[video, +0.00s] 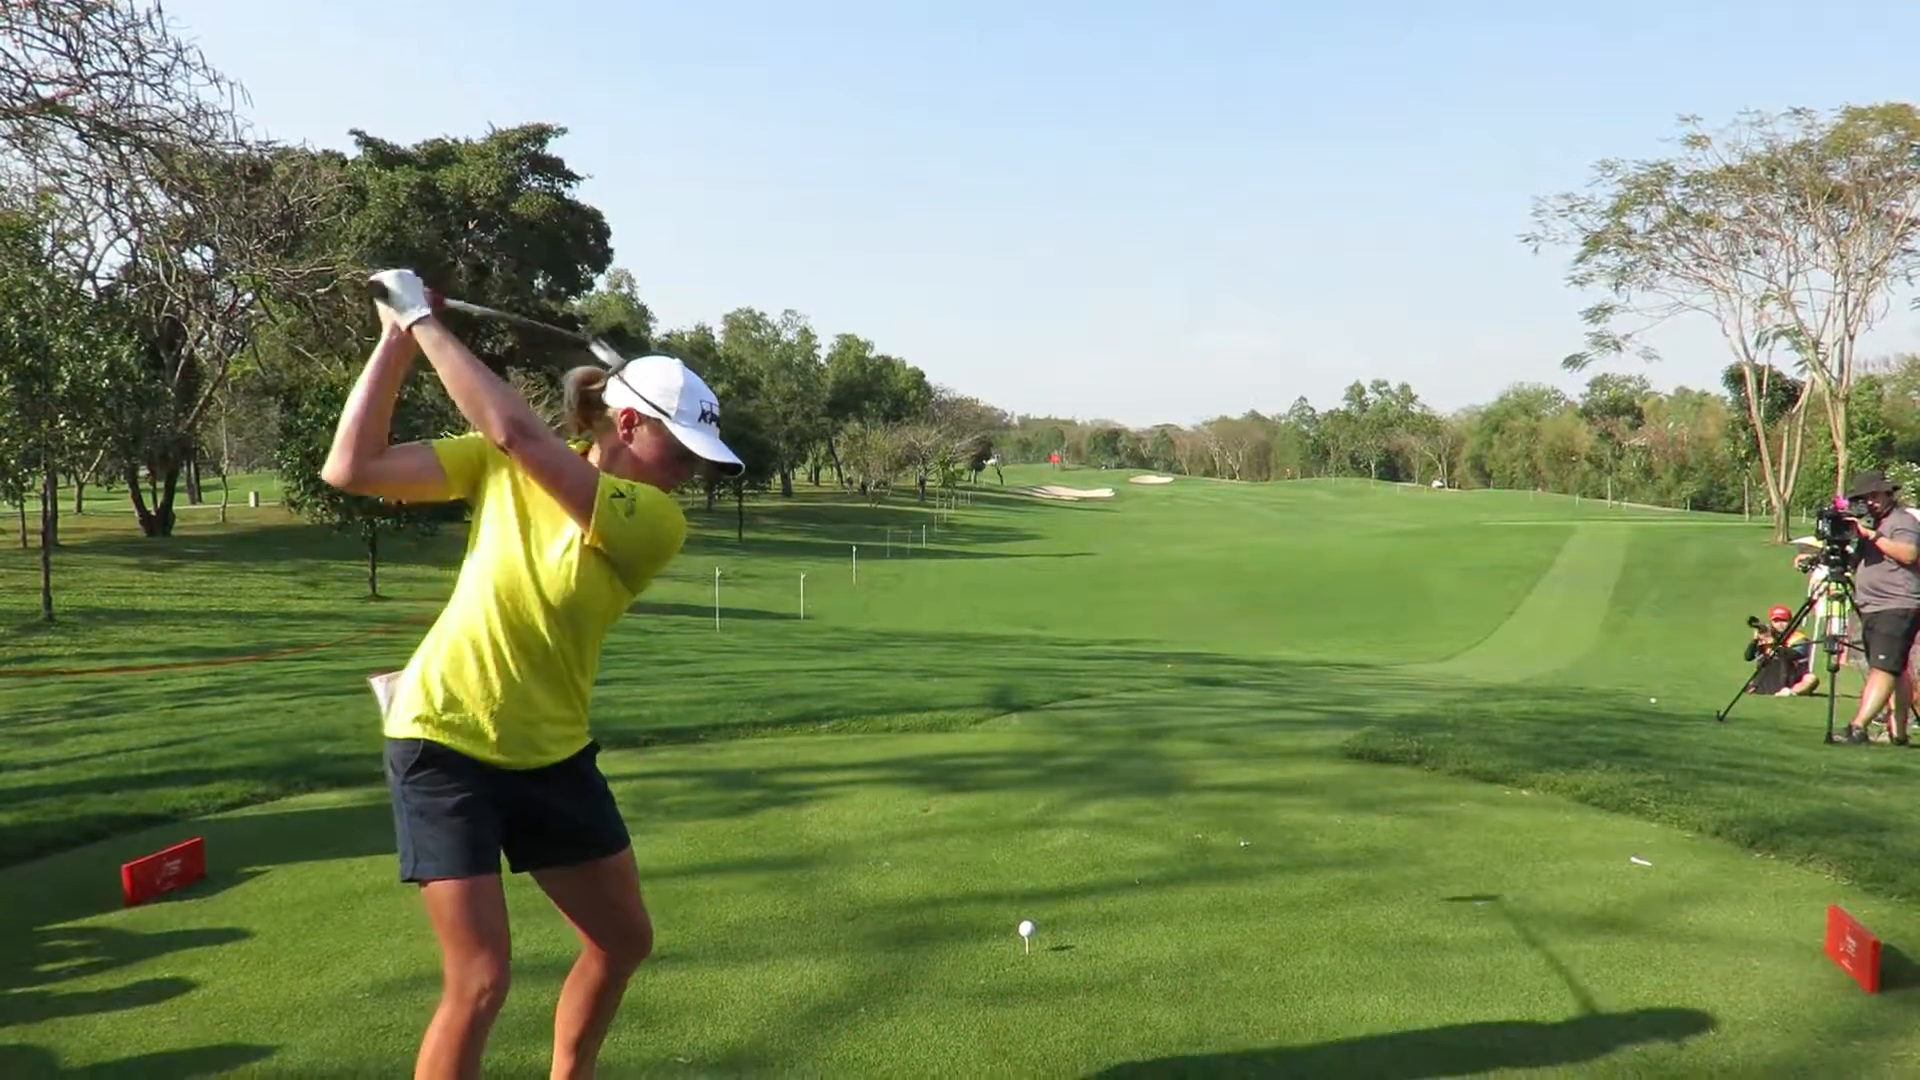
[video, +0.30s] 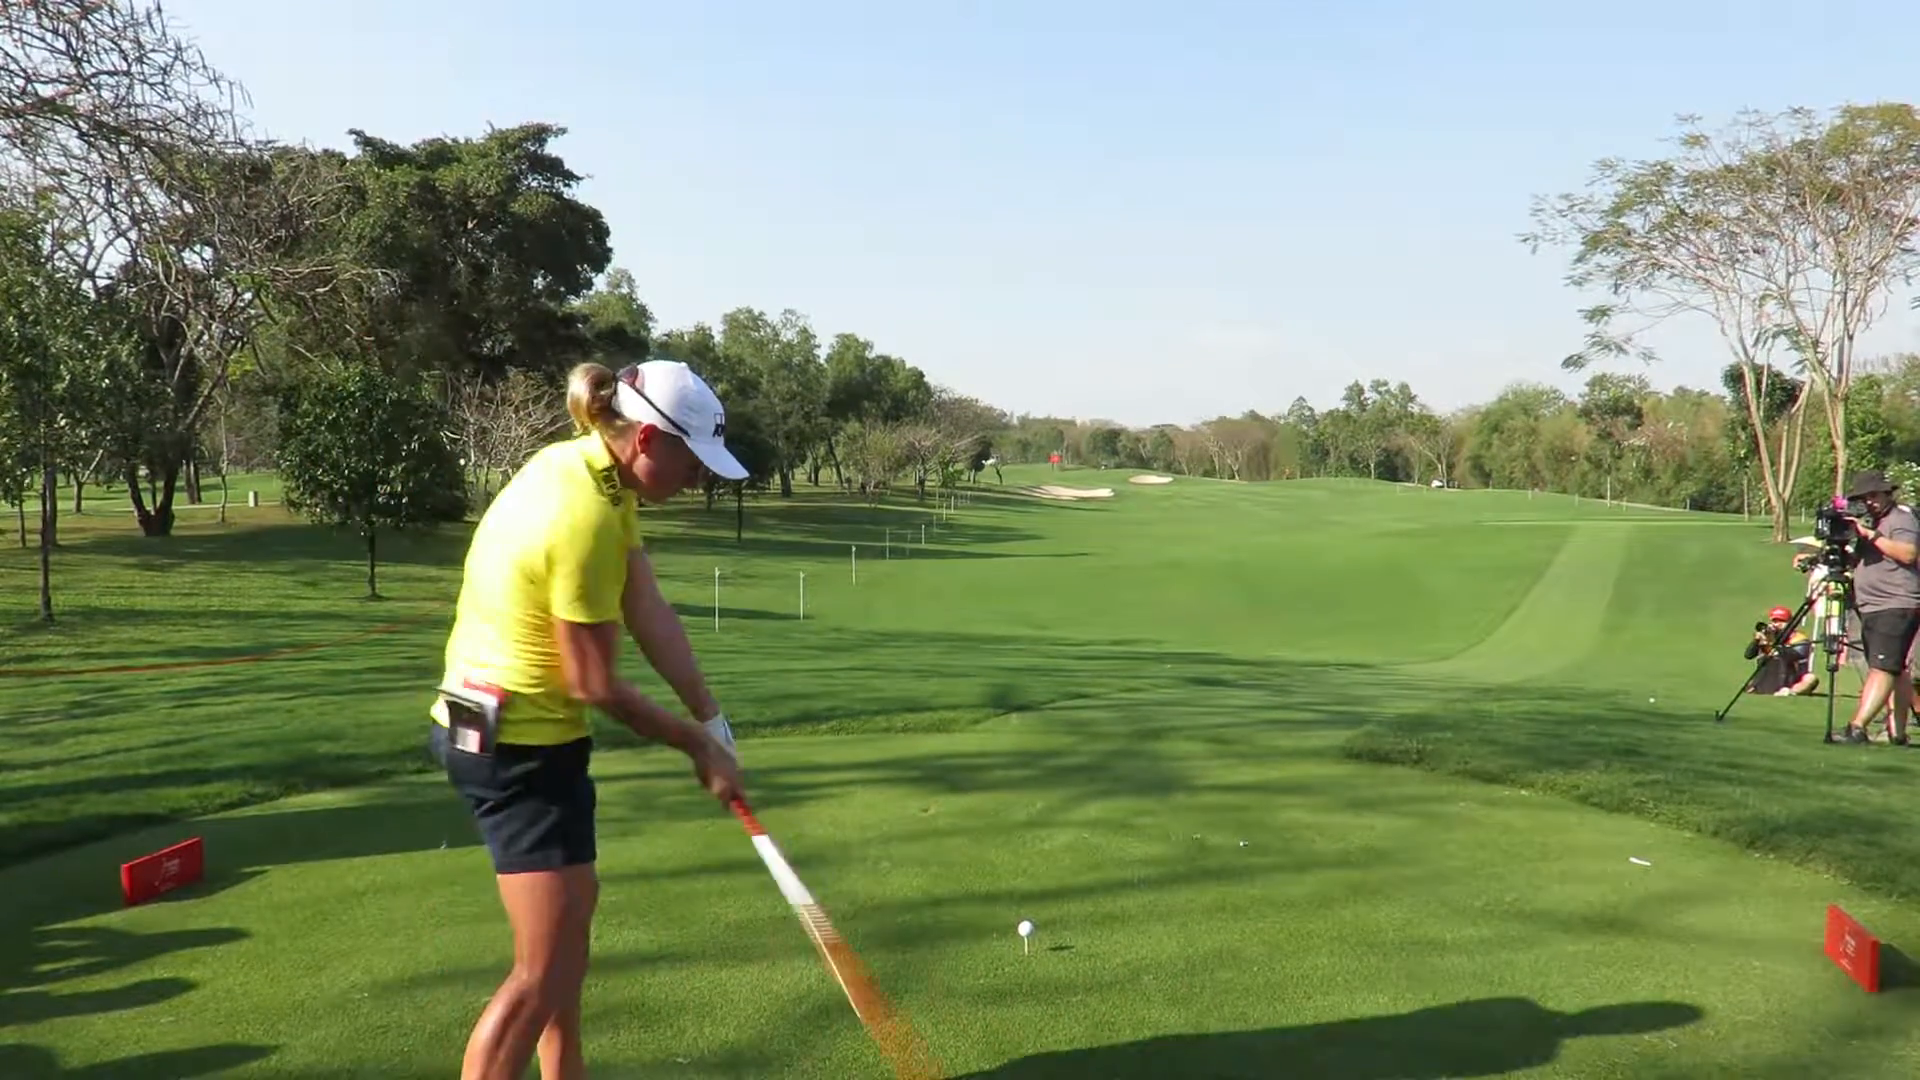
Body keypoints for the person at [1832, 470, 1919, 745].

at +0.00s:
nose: (1869, 504)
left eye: (1873, 498)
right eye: (1865, 500)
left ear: (1888, 495)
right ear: (1863, 501)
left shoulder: (1902, 520)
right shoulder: (1873, 526)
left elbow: (1909, 554)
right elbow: (1857, 561)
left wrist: (1871, 536)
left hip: (1897, 606)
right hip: (1874, 607)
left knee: (1883, 667)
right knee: (1889, 670)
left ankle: (1858, 726)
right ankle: (1898, 732)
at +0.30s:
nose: (1867, 504)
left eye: (1871, 498)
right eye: (1863, 500)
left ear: (1886, 495)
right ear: (1863, 501)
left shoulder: (1901, 518)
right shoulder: (1873, 523)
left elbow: (1908, 554)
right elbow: (1861, 561)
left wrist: (1872, 536)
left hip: (1898, 604)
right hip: (1873, 606)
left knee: (1883, 666)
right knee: (1892, 670)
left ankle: (1857, 726)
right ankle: (1897, 732)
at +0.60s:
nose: (1867, 506)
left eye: (1871, 499)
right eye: (1863, 501)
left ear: (1886, 496)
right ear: (1862, 503)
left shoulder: (1902, 519)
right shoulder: (1872, 525)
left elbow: (1908, 555)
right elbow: (1860, 565)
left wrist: (1871, 536)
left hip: (1897, 606)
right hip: (1873, 608)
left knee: (1883, 668)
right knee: (1894, 672)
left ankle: (1858, 726)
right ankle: (1898, 733)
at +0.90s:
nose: (1870, 506)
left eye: (1874, 499)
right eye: (1865, 501)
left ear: (1889, 496)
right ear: (1863, 503)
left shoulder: (1902, 520)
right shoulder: (1873, 524)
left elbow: (1909, 556)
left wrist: (1871, 538)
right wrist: (1843, 535)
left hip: (1897, 607)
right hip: (1873, 608)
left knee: (1883, 668)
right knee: (1895, 673)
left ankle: (1858, 728)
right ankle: (1898, 734)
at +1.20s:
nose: (1869, 507)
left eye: (1873, 500)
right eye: (1864, 502)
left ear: (1887, 497)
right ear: (1863, 504)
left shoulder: (1902, 521)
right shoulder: (1874, 525)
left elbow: (1909, 556)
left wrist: (1871, 537)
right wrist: (1845, 537)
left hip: (1898, 607)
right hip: (1874, 608)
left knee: (1883, 668)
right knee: (1892, 672)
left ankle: (1858, 728)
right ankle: (1898, 733)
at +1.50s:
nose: (1869, 508)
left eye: (1872, 501)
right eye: (1864, 504)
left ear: (1886, 497)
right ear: (1863, 506)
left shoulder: (1902, 521)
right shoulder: (1873, 525)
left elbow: (1909, 556)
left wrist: (1872, 538)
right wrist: (1845, 535)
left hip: (1898, 607)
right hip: (1873, 608)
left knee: (1883, 668)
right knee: (1892, 672)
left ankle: (1858, 728)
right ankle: (1898, 734)